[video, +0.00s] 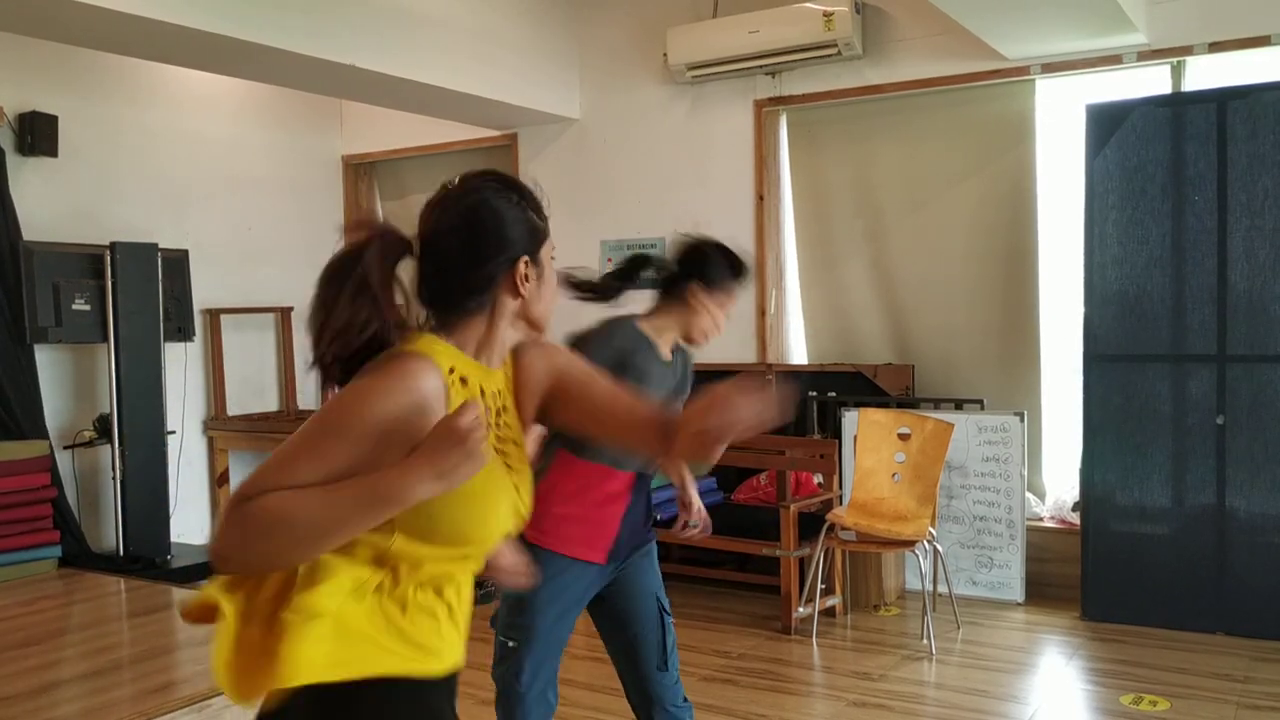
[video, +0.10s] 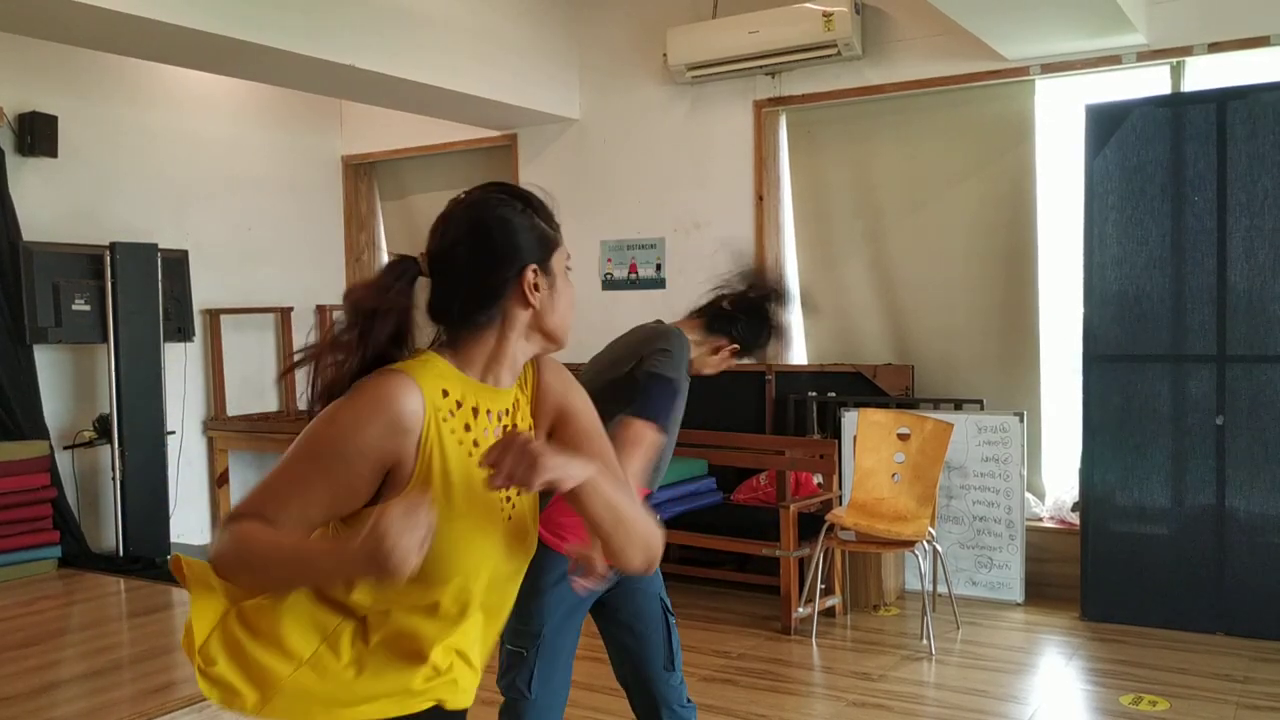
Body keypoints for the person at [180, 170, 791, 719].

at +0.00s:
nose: (555, 282)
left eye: (553, 265)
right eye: (551, 264)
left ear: (447, 272)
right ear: (521, 279)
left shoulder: (530, 362)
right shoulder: (411, 382)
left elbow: (665, 440)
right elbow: (236, 537)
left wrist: (707, 426)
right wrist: (420, 475)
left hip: (429, 671)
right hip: (344, 675)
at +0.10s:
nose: (572, 291)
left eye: (569, 272)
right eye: (566, 273)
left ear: (454, 284)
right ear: (531, 287)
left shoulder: (551, 389)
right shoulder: (394, 406)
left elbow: (642, 556)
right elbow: (232, 548)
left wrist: (584, 472)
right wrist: (350, 556)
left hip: (440, 689)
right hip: (318, 694)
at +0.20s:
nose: (577, 291)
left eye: (576, 271)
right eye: (576, 272)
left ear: (465, 275)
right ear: (543, 285)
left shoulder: (547, 389)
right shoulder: (387, 406)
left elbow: (632, 548)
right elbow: (263, 559)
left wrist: (593, 528)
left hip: (461, 695)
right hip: (347, 697)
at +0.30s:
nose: (575, 298)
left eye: (574, 279)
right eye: (574, 280)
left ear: (467, 284)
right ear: (550, 292)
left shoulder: (537, 387)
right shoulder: (405, 425)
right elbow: (266, 591)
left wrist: (620, 557)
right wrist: (260, 712)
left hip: (478, 696)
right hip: (366, 704)